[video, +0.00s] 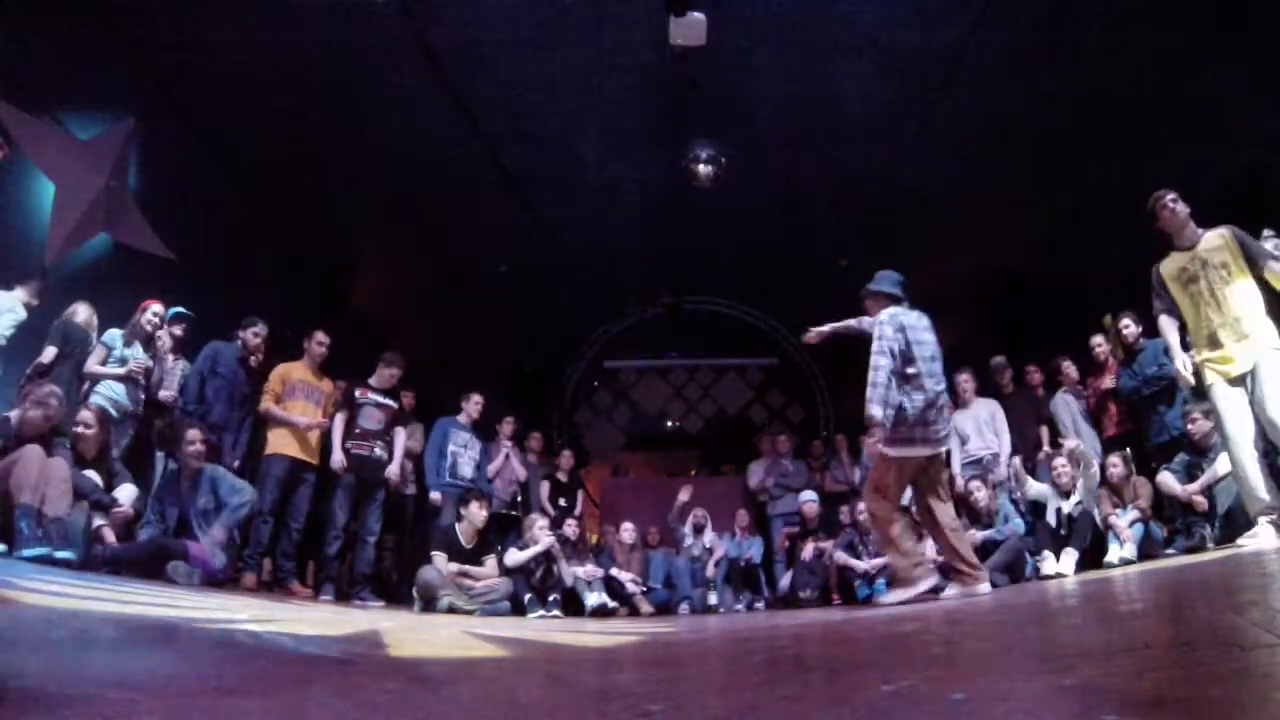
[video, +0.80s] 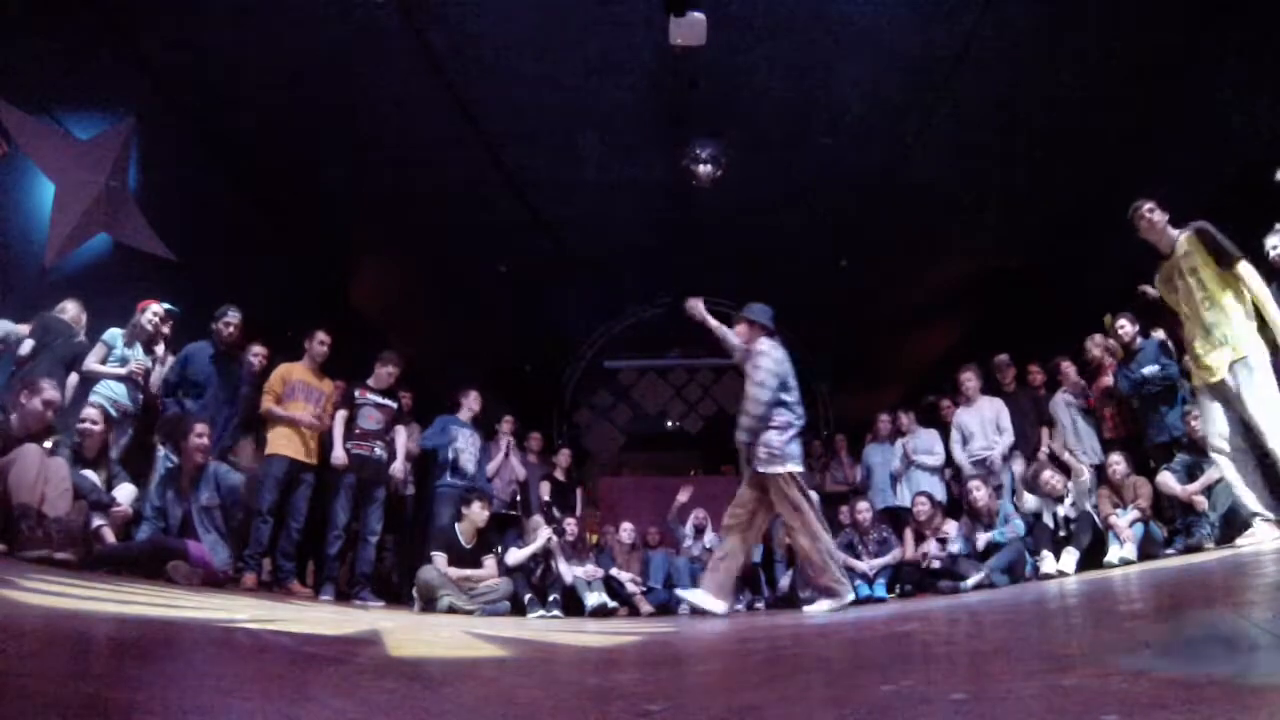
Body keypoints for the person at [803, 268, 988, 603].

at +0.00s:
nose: (867, 306)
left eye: (869, 300)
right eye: (867, 301)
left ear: (880, 298)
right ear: (899, 297)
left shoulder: (887, 321)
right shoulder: (920, 319)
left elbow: (880, 370)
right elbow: (868, 323)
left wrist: (875, 422)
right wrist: (828, 329)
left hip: (904, 433)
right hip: (935, 432)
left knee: (878, 500)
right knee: (936, 503)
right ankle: (971, 577)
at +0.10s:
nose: (852, 308)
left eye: (855, 301)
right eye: (851, 302)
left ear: (869, 301)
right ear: (883, 302)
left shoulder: (876, 324)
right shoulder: (900, 324)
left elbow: (879, 369)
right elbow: (851, 320)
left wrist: (879, 416)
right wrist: (811, 312)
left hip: (891, 432)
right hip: (918, 431)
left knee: (871, 509)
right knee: (933, 507)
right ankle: (970, 575)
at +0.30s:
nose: (816, 315)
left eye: (820, 310)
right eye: (818, 310)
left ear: (832, 313)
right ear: (841, 313)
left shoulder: (842, 336)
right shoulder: (851, 335)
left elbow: (861, 372)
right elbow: (817, 319)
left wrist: (878, 408)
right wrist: (796, 291)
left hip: (851, 440)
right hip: (872, 436)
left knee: (845, 519)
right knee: (898, 502)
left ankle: (841, 593)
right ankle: (954, 558)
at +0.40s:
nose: (801, 319)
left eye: (805, 314)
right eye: (801, 314)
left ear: (817, 318)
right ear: (827, 318)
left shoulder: (826, 341)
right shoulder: (834, 340)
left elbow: (839, 381)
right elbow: (796, 323)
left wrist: (852, 420)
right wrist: (765, 299)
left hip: (830, 446)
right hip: (850, 443)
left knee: (827, 519)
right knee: (853, 512)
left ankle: (840, 595)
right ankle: (916, 548)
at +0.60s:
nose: (771, 336)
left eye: (776, 330)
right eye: (772, 330)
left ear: (792, 333)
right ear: (793, 333)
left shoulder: (807, 358)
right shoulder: (798, 357)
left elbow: (797, 412)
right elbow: (763, 353)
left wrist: (777, 461)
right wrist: (724, 345)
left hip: (806, 456)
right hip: (798, 456)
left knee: (801, 533)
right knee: (766, 517)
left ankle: (840, 595)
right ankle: (819, 576)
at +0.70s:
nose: (755, 332)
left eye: (759, 327)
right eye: (755, 327)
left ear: (774, 329)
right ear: (775, 330)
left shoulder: (789, 356)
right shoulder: (775, 356)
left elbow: (779, 407)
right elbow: (745, 349)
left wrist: (760, 453)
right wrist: (708, 333)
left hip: (794, 456)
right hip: (777, 455)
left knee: (801, 529)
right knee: (747, 513)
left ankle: (839, 594)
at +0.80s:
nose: (735, 329)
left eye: (740, 325)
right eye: (737, 324)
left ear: (754, 328)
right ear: (757, 329)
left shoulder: (765, 353)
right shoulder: (760, 352)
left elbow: (757, 404)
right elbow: (732, 343)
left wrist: (743, 437)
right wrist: (706, 317)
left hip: (779, 452)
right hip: (765, 455)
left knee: (803, 523)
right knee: (738, 523)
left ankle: (837, 591)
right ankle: (715, 594)